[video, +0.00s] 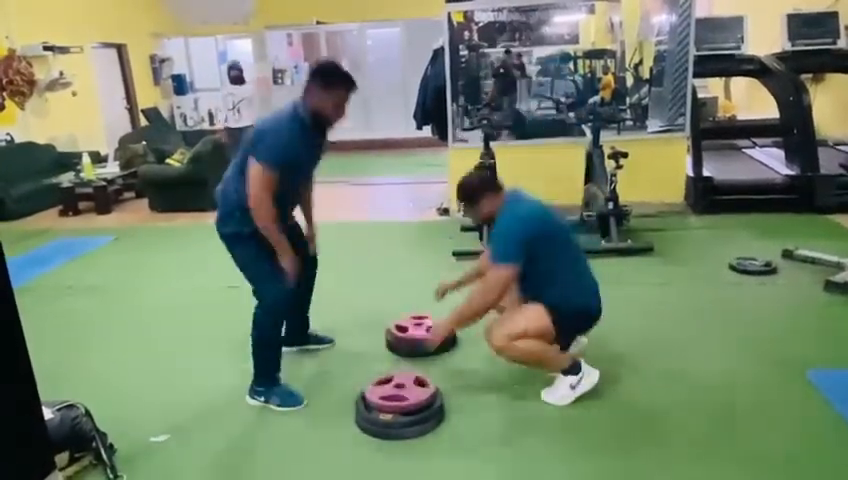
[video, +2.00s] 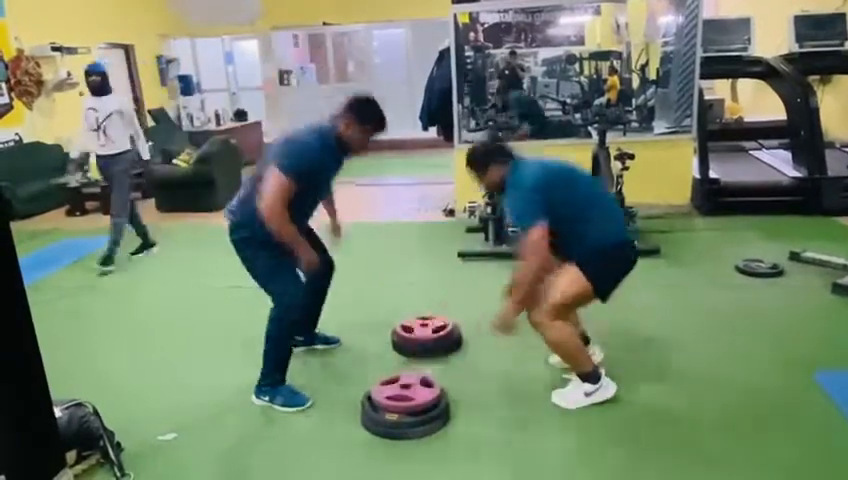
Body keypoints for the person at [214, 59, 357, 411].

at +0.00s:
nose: (342, 109)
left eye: (344, 102)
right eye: (338, 101)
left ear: (328, 95)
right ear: (314, 93)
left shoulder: (314, 129)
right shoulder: (278, 131)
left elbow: (302, 182)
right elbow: (258, 201)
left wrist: (308, 226)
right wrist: (284, 252)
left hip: (273, 213)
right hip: (240, 221)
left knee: (303, 261)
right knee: (274, 291)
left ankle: (296, 332)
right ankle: (264, 384)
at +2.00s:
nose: (367, 144)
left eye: (370, 137)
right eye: (366, 136)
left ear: (350, 125)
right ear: (347, 124)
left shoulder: (333, 148)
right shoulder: (306, 146)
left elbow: (321, 182)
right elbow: (270, 206)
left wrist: (332, 216)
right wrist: (302, 250)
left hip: (287, 220)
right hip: (252, 226)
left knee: (320, 267)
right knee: (291, 297)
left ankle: (302, 332)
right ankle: (269, 385)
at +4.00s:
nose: (390, 258)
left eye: (394, 253)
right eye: (389, 251)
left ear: (381, 231)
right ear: (377, 238)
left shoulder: (365, 229)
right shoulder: (342, 246)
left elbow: (387, 275)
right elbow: (361, 318)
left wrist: (414, 314)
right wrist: (388, 370)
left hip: (270, 247)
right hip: (247, 261)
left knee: (324, 285)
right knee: (306, 307)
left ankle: (309, 333)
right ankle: (273, 385)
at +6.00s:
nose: (300, 78)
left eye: (303, 71)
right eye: (294, 70)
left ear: (280, 64)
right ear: (269, 60)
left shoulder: (283, 100)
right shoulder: (236, 102)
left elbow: (296, 153)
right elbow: (239, 171)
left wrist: (321, 198)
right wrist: (273, 222)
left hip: (292, 208)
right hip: (260, 216)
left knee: (297, 276)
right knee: (270, 295)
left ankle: (300, 333)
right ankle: (266, 382)